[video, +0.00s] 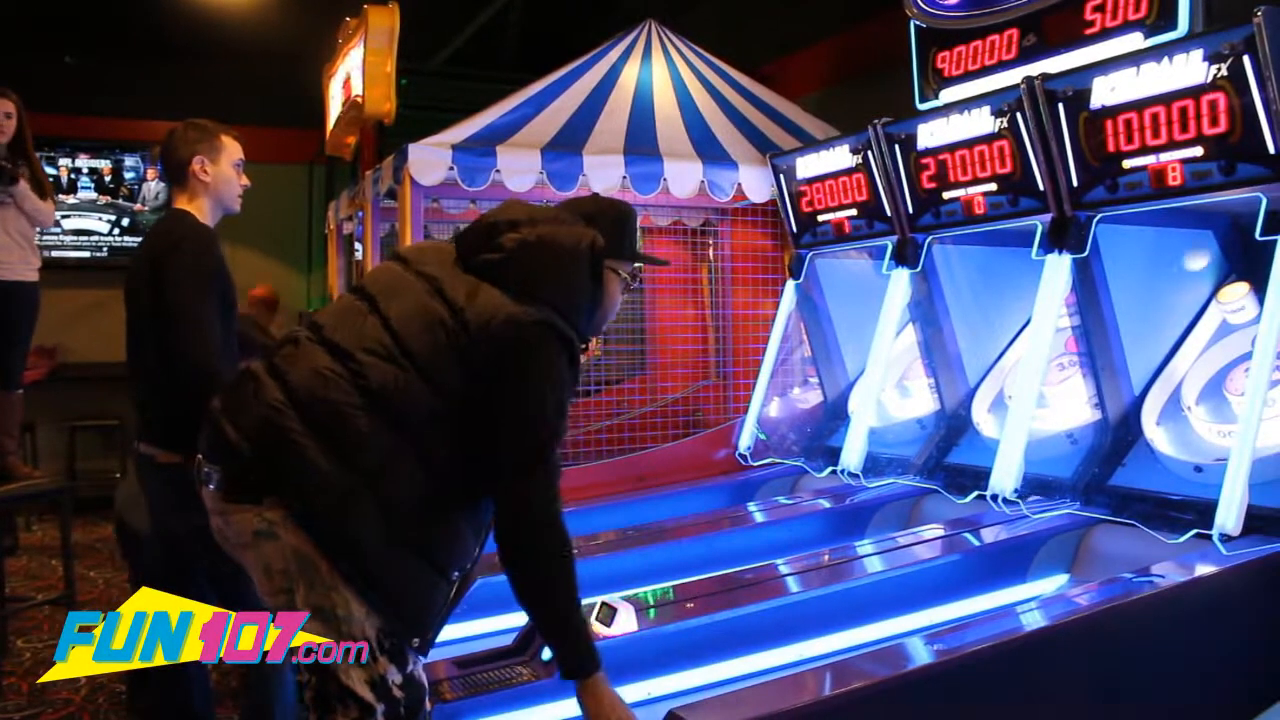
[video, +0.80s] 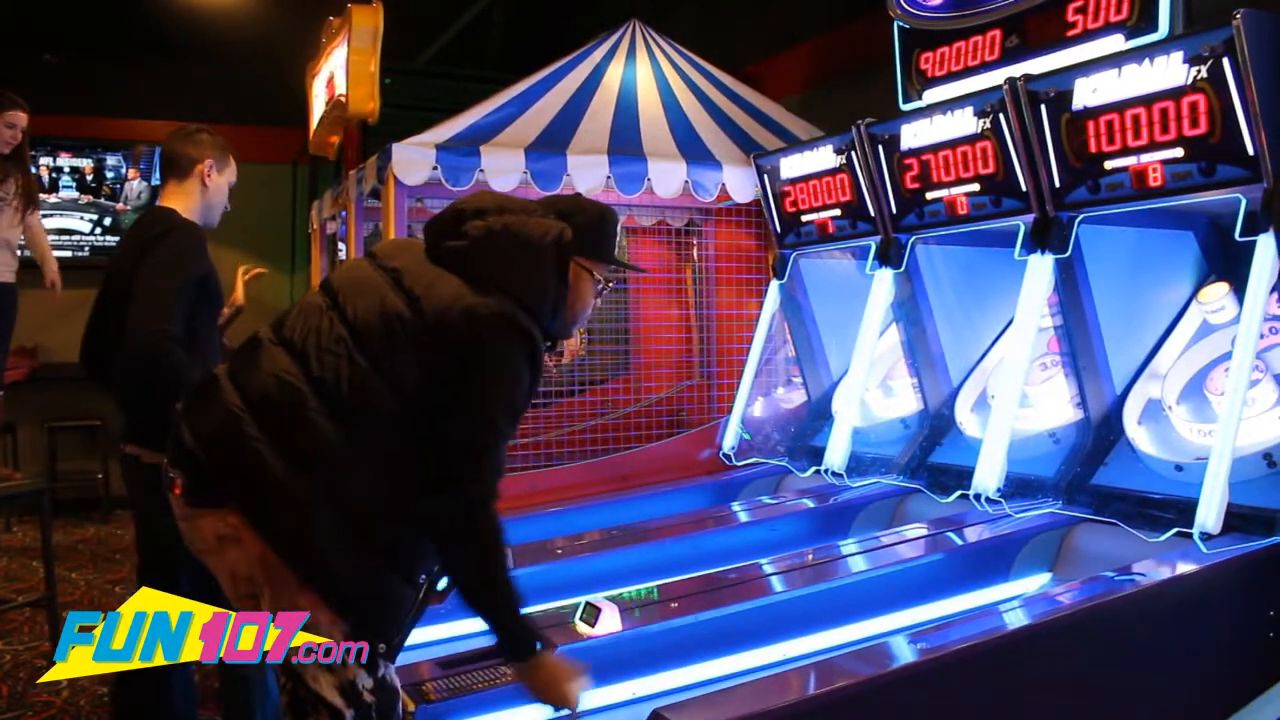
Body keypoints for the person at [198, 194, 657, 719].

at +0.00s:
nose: (623, 298)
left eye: (628, 281)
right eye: (622, 277)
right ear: (586, 265)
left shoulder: (437, 265)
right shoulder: (530, 337)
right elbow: (530, 523)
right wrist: (589, 679)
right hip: (291, 500)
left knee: (392, 690)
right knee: (372, 695)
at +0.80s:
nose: (598, 301)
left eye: (603, 284)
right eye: (595, 280)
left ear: (531, 258)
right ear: (555, 267)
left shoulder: (415, 262)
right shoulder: (496, 331)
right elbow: (461, 505)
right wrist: (526, 649)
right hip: (260, 504)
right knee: (348, 695)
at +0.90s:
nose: (596, 305)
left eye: (603, 289)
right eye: (595, 284)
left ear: (535, 259)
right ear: (556, 269)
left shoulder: (413, 261)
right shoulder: (493, 329)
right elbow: (428, 496)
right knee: (344, 688)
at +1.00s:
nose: (596, 311)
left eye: (602, 294)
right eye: (596, 290)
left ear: (551, 264)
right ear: (561, 272)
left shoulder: (424, 265)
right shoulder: (489, 329)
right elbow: (415, 484)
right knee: (340, 686)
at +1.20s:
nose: (595, 324)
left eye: (603, 308)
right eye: (597, 304)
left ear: (537, 264)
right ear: (568, 287)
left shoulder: (418, 268)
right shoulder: (498, 337)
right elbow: (411, 487)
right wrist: (358, 645)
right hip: (259, 510)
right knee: (337, 683)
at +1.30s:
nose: (594, 316)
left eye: (600, 299)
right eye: (596, 294)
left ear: (517, 256)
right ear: (563, 277)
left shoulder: (411, 265)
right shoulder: (506, 342)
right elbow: (456, 482)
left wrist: (468, 538)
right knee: (342, 687)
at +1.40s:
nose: (592, 312)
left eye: (598, 293)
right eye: (593, 290)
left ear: (511, 257)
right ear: (556, 276)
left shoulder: (403, 263)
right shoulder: (509, 348)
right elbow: (546, 490)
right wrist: (612, 558)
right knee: (350, 691)